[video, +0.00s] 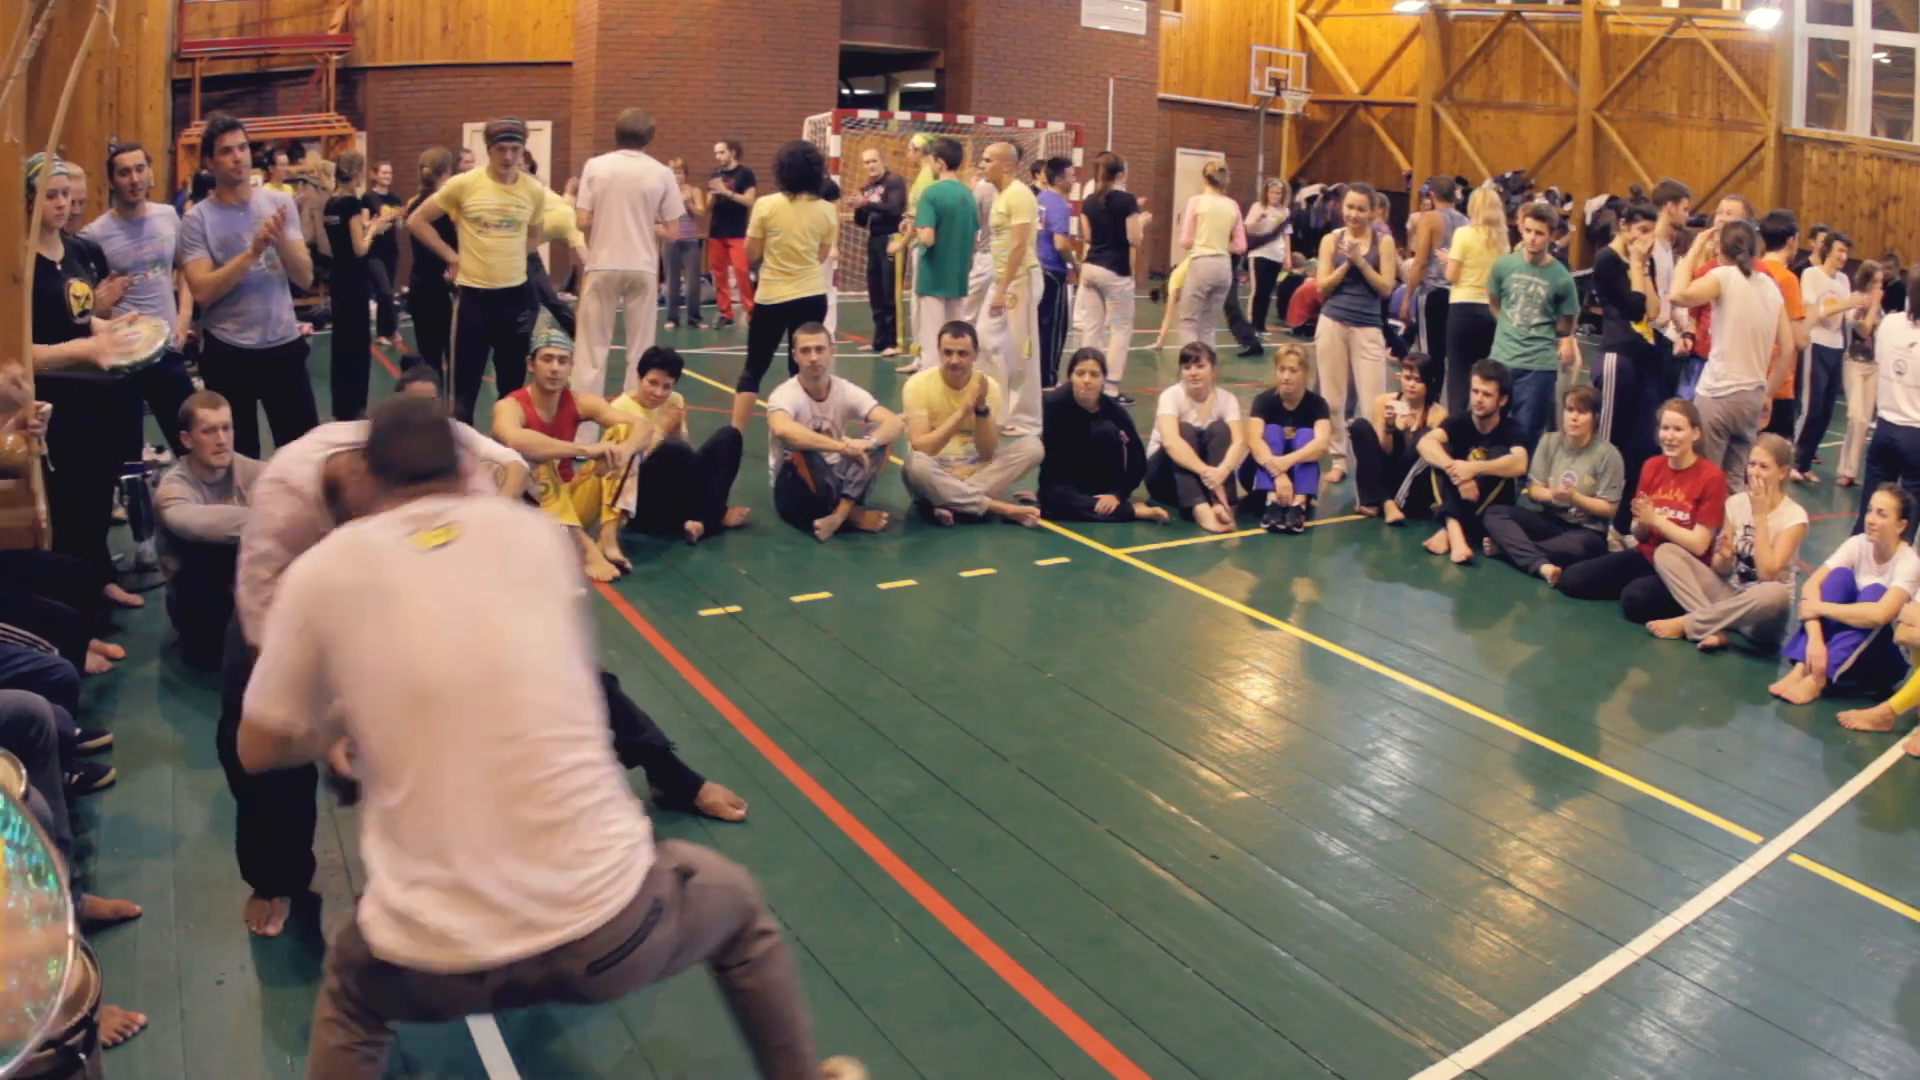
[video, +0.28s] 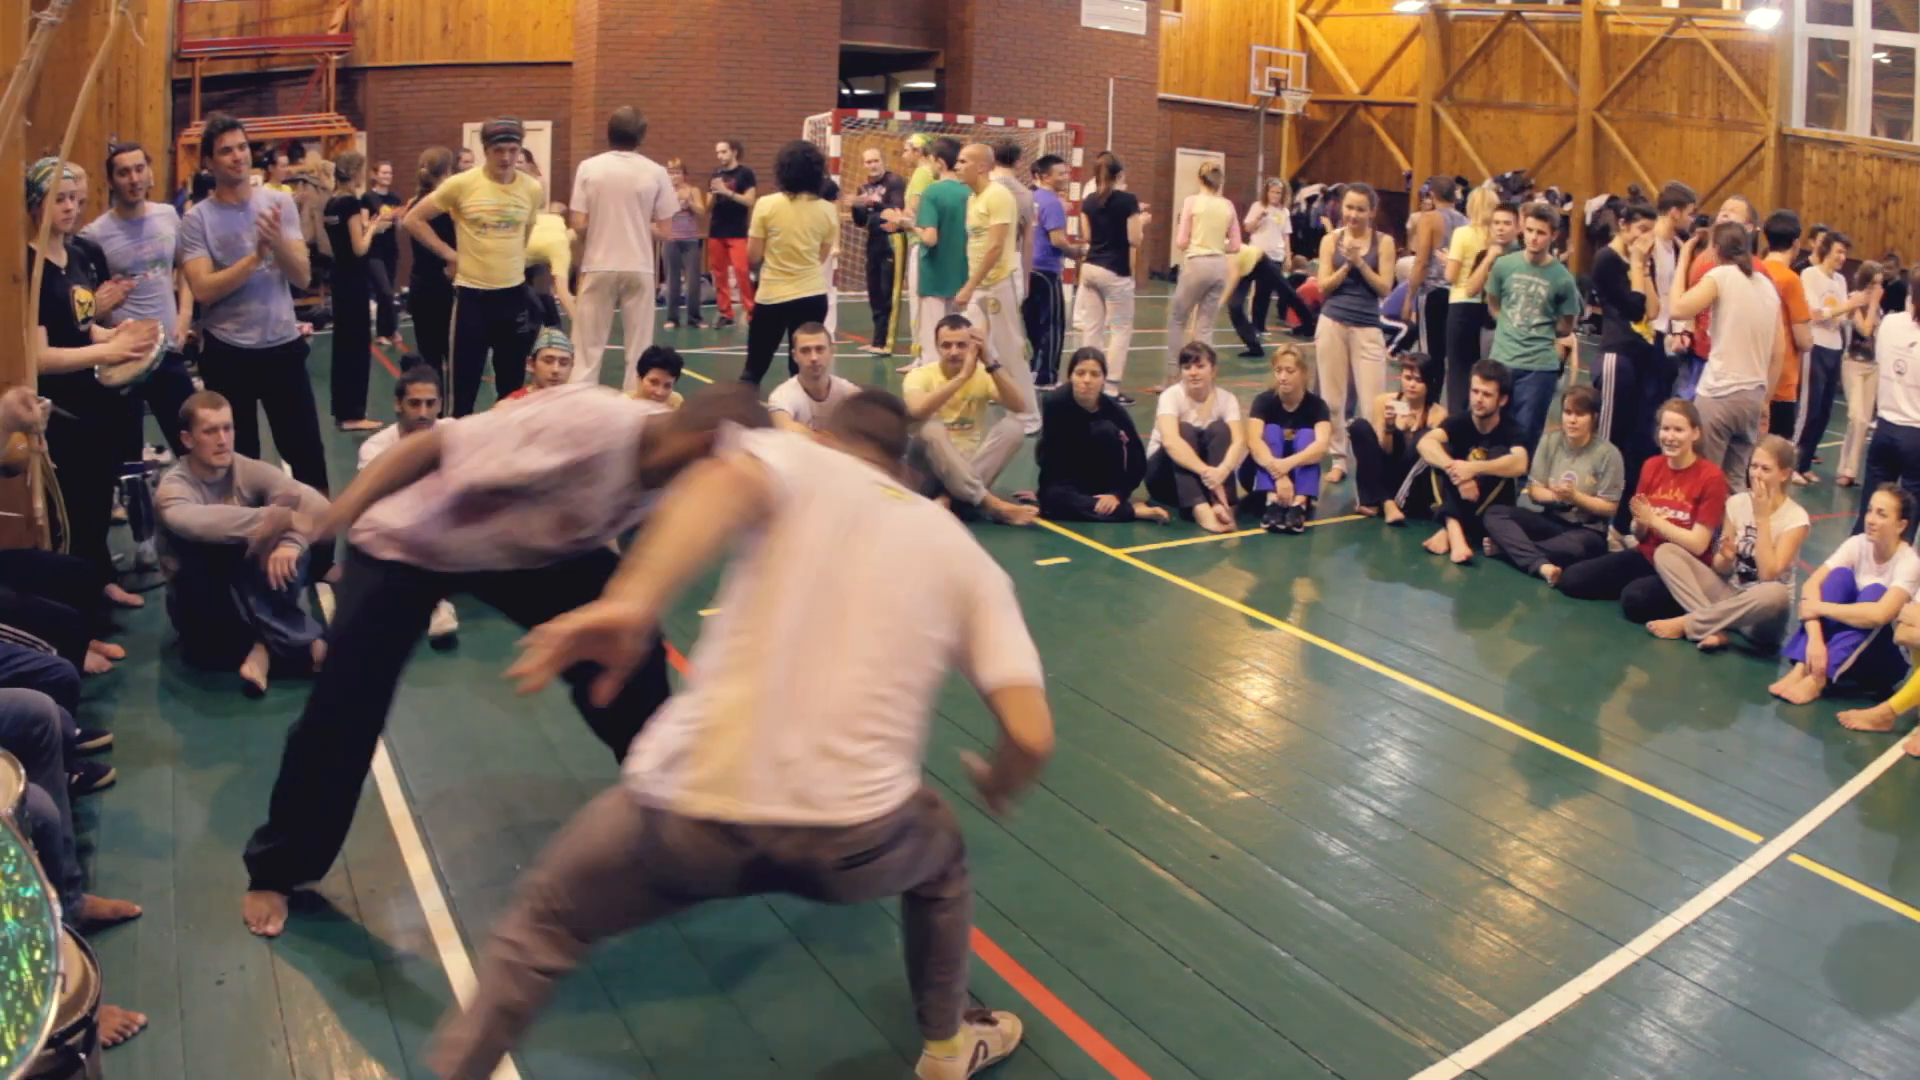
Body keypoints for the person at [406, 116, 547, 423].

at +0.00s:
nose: (508, 156)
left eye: (514, 150)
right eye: (502, 149)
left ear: (522, 152)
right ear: (489, 149)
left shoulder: (534, 190)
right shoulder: (463, 185)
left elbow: (535, 238)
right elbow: (416, 221)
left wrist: (504, 256)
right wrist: (453, 258)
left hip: (516, 295)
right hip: (473, 295)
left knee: (512, 383)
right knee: (465, 383)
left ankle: (512, 454)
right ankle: (458, 450)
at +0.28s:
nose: (506, 158)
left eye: (512, 150)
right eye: (499, 150)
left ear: (520, 151)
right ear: (485, 150)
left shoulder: (533, 189)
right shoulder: (460, 185)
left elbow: (526, 236)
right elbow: (412, 220)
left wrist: (513, 265)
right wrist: (451, 255)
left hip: (513, 296)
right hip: (472, 297)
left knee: (511, 387)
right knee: (464, 390)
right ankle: (457, 455)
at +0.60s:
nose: (501, 161)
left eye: (507, 154)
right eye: (494, 154)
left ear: (513, 153)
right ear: (478, 153)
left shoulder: (523, 187)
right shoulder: (455, 186)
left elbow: (533, 221)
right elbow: (403, 221)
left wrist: (513, 248)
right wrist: (442, 254)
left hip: (509, 294)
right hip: (469, 295)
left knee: (510, 382)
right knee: (463, 381)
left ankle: (512, 449)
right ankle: (462, 448)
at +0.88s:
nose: (494, 158)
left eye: (500, 150)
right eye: (487, 151)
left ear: (506, 150)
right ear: (470, 152)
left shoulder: (518, 183)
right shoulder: (448, 188)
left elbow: (544, 211)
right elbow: (393, 221)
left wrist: (520, 246)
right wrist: (435, 254)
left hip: (506, 294)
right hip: (466, 295)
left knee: (507, 380)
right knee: (460, 379)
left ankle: (510, 451)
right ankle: (460, 447)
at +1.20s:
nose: (486, 160)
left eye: (491, 153)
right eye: (479, 154)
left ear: (496, 151)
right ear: (461, 154)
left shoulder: (508, 180)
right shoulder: (440, 192)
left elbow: (539, 204)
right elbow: (391, 232)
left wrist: (531, 252)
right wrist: (437, 269)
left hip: (506, 294)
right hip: (465, 296)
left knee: (506, 381)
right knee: (460, 380)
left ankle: (508, 450)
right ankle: (461, 447)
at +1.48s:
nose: (481, 158)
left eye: (485, 150)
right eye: (473, 152)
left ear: (490, 150)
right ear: (455, 154)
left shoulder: (504, 180)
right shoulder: (438, 192)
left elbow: (542, 208)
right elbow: (407, 242)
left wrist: (531, 253)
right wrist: (453, 266)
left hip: (503, 296)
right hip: (461, 299)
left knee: (505, 381)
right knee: (457, 382)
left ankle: (507, 449)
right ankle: (458, 449)